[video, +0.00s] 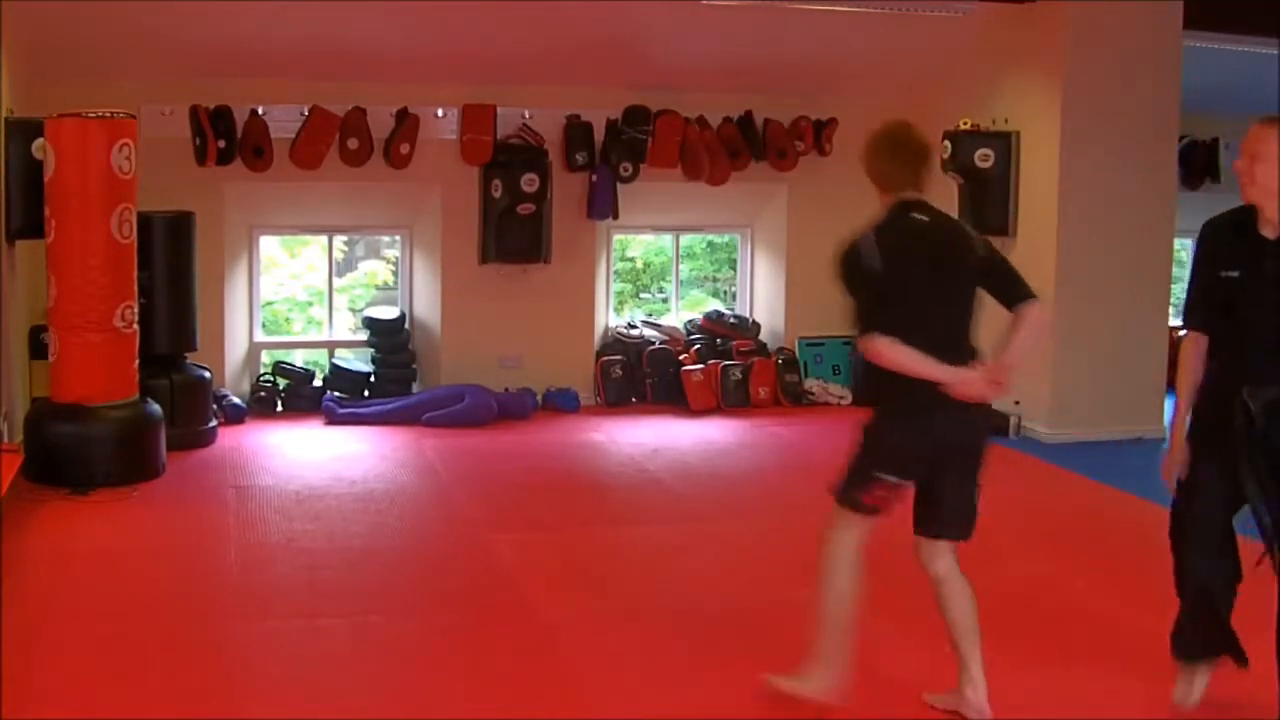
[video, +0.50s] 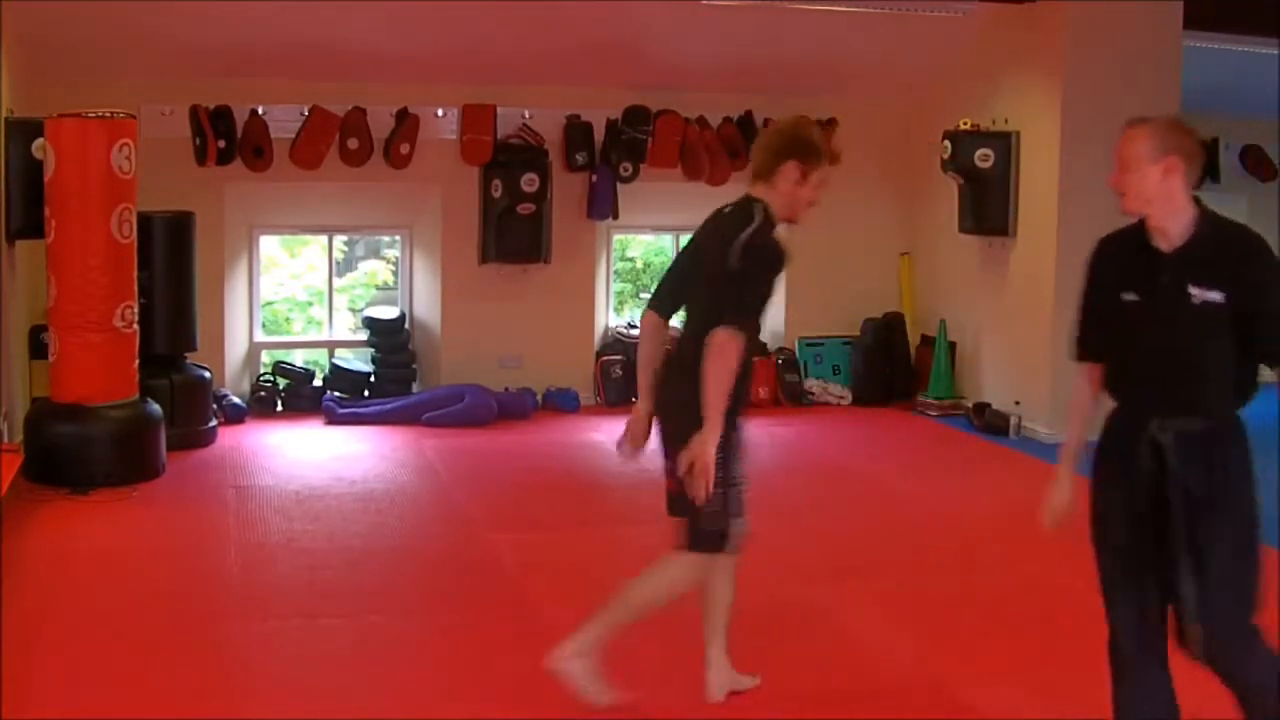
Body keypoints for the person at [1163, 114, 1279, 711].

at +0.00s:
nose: (1241, 166)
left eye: (1255, 157)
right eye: (1242, 155)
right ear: (1242, 164)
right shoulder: (1223, 233)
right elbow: (1197, 337)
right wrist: (1179, 431)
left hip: (1274, 422)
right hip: (1227, 414)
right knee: (1196, 517)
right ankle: (1199, 645)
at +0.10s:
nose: (1232, 165)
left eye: (1247, 155)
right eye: (1233, 154)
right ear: (1239, 163)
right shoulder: (1220, 231)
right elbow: (1196, 321)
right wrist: (1178, 391)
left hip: (1270, 423)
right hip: (1219, 416)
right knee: (1195, 566)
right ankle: (1193, 705)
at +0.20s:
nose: (1211, 169)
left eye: (1226, 160)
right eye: (1215, 159)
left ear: (1267, 176)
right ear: (1238, 177)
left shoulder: (1278, 253)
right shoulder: (1203, 240)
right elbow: (1189, 316)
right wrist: (1181, 357)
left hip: (1268, 445)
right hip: (1205, 434)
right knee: (1187, 596)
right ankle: (1164, 712)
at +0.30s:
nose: (1178, 180)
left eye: (1192, 170)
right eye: (1181, 169)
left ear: (1238, 183)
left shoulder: (1275, 254)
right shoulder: (1171, 254)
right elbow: (1166, 334)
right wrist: (1171, 400)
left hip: (1265, 450)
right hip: (1191, 444)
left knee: (1277, 605)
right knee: (1173, 609)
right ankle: (1163, 715)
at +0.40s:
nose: (1142, 188)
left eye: (1154, 177)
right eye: (1144, 176)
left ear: (1198, 184)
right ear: (1180, 185)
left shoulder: (1264, 260)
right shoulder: (1137, 262)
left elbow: (1275, 362)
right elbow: (1130, 357)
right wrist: (1124, 431)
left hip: (1244, 456)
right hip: (1158, 453)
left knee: (1260, 622)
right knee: (1147, 616)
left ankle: (1276, 703)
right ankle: (1162, 714)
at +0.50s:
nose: (1115, 179)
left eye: (1127, 166)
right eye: (1116, 166)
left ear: (1171, 171)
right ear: (1159, 174)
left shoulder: (1243, 252)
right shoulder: (1113, 254)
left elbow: (1266, 361)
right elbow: (1091, 370)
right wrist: (1066, 468)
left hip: (1212, 456)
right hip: (1128, 453)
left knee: (1215, 629)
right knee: (1133, 635)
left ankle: (1269, 700)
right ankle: (1147, 716)